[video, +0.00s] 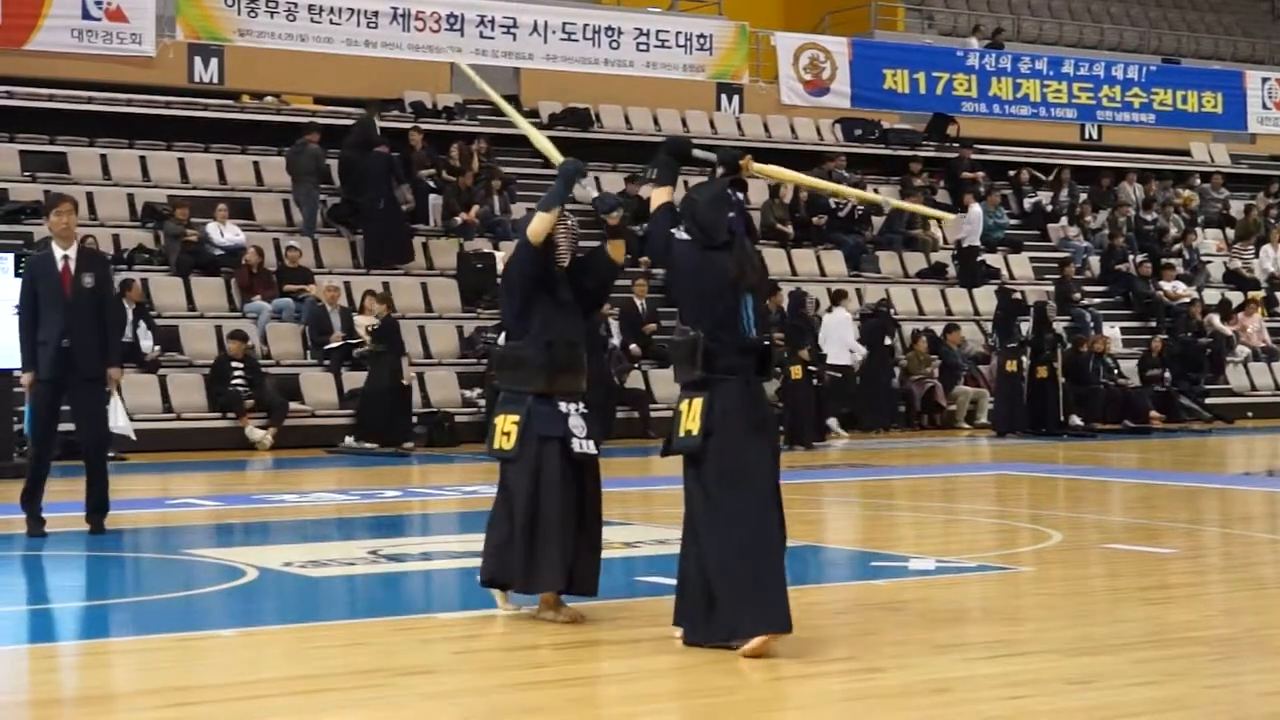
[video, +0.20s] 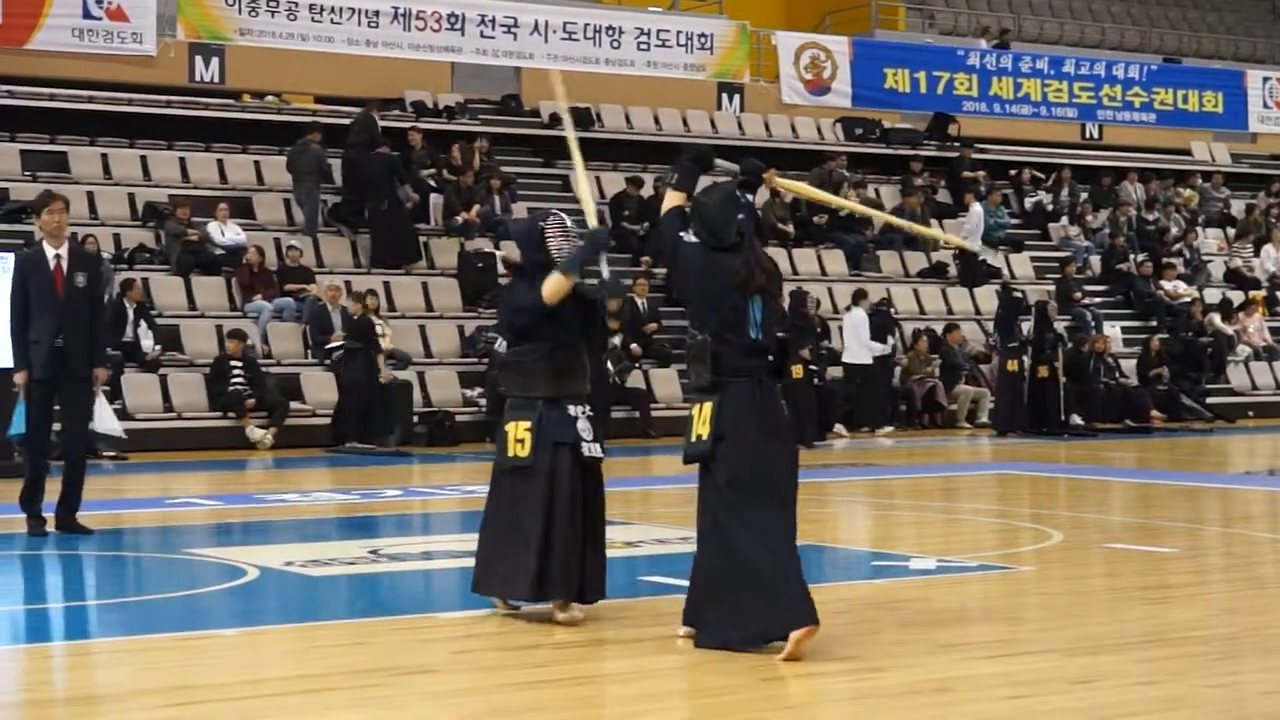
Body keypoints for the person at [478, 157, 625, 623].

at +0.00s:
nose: (565, 238)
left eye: (569, 231)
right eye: (556, 230)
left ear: (575, 239)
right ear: (538, 238)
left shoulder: (580, 280)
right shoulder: (522, 278)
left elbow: (612, 261)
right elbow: (532, 238)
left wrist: (615, 227)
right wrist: (559, 189)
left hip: (573, 400)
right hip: (529, 398)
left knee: (565, 495)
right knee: (529, 489)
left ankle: (552, 596)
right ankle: (499, 568)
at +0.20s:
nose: (567, 248)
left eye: (568, 241)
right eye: (559, 241)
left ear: (567, 248)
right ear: (539, 248)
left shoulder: (576, 292)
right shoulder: (517, 294)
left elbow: (611, 315)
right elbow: (547, 296)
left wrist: (609, 287)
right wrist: (584, 254)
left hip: (572, 402)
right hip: (532, 403)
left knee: (569, 497)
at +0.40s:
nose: (586, 243)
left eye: (585, 236)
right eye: (577, 236)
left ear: (579, 244)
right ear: (555, 244)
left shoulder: (590, 290)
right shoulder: (539, 298)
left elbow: (618, 343)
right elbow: (589, 302)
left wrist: (637, 329)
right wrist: (641, 265)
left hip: (588, 407)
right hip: (551, 408)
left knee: (585, 502)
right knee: (543, 499)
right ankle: (518, 584)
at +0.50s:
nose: (599, 238)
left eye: (597, 231)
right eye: (590, 231)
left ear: (579, 239)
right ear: (570, 240)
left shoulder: (595, 284)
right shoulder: (555, 291)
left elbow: (626, 333)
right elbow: (601, 304)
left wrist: (648, 328)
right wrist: (655, 269)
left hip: (597, 400)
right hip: (569, 404)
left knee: (582, 495)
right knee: (574, 497)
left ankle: (558, 590)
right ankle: (564, 598)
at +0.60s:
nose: (612, 235)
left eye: (611, 227)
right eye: (604, 228)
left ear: (596, 233)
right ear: (583, 234)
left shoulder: (610, 279)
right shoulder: (564, 282)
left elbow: (642, 341)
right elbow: (610, 320)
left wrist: (653, 332)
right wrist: (662, 289)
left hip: (614, 399)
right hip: (578, 402)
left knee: (613, 496)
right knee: (579, 500)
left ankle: (600, 590)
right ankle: (569, 603)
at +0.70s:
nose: (629, 238)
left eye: (629, 230)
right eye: (620, 230)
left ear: (627, 237)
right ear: (597, 236)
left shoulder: (631, 284)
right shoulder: (571, 291)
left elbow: (657, 342)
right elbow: (617, 332)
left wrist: (682, 295)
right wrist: (666, 300)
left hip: (635, 403)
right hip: (592, 405)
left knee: (662, 492)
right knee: (588, 503)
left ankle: (654, 591)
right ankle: (572, 605)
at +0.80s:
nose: (648, 241)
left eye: (647, 233)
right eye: (640, 234)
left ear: (643, 237)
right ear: (617, 240)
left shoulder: (645, 283)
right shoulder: (590, 290)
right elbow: (621, 336)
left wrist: (669, 289)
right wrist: (651, 293)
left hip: (649, 402)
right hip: (605, 405)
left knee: (673, 496)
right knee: (601, 502)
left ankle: (701, 597)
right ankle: (575, 599)